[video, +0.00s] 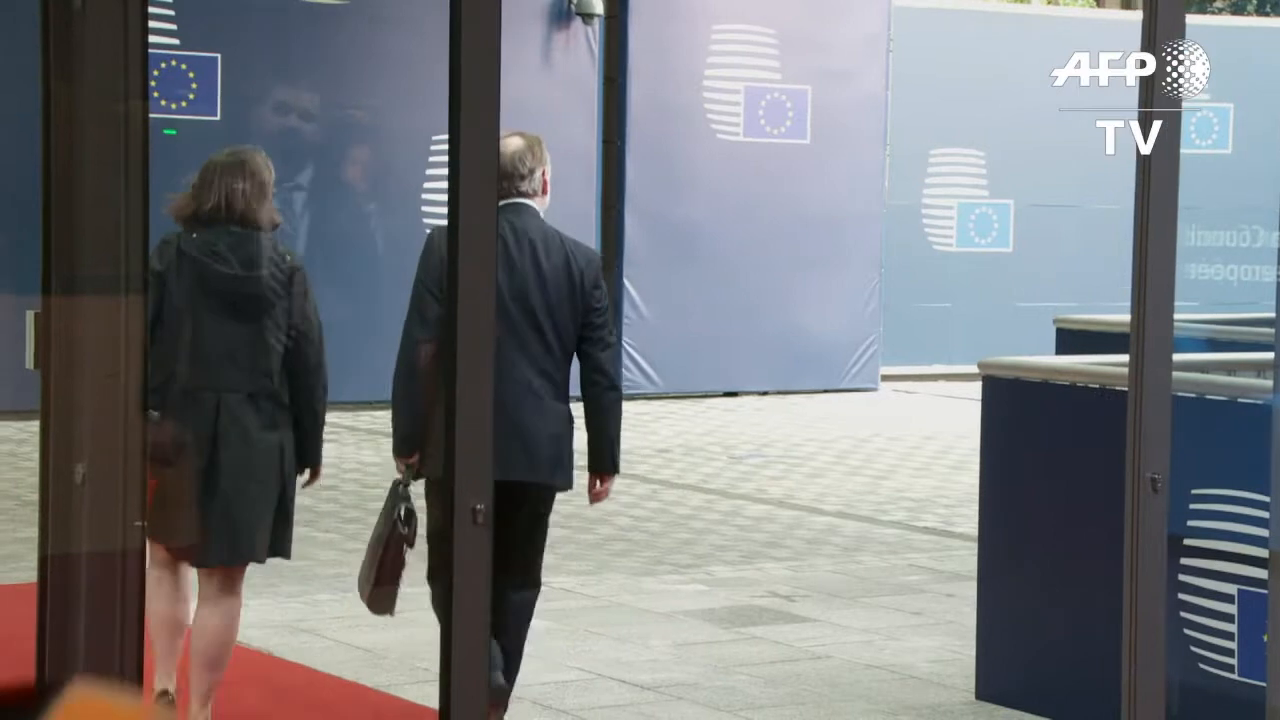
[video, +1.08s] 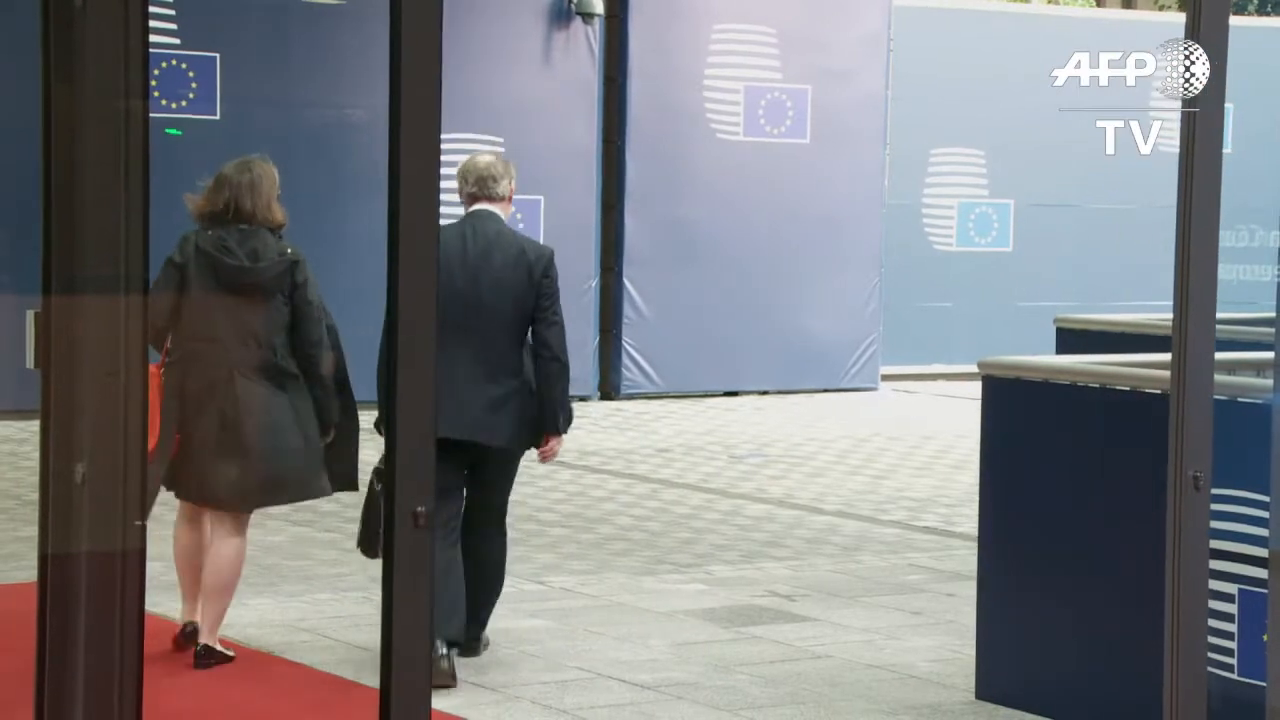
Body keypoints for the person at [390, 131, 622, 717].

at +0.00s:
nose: (549, 184)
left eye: (544, 175)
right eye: (548, 176)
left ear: (484, 181)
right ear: (542, 183)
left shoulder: (447, 246)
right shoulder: (580, 261)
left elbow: (417, 345)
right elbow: (601, 368)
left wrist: (407, 435)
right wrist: (605, 456)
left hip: (456, 446)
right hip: (536, 451)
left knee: (449, 574)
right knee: (518, 577)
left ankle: (484, 678)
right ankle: (490, 699)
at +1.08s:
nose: (509, 202)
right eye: (511, 194)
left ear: (461, 195)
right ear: (508, 197)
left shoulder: (425, 245)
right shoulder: (533, 256)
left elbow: (396, 333)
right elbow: (550, 346)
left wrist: (390, 413)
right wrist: (554, 419)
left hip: (433, 414)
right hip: (501, 417)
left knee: (437, 525)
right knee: (487, 523)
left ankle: (439, 641)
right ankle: (471, 631)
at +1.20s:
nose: (518, 198)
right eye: (520, 192)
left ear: (471, 190)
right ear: (517, 193)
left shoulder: (432, 236)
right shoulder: (540, 250)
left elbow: (405, 315)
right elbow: (556, 337)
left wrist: (401, 395)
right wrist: (561, 411)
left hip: (438, 404)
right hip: (508, 408)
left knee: (441, 507)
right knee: (493, 518)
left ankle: (437, 590)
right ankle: (472, 633)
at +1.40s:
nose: (527, 190)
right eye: (527, 184)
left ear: (479, 184)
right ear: (524, 185)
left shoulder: (436, 232)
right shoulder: (547, 241)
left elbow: (412, 314)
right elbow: (572, 322)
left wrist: (416, 380)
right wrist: (567, 386)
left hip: (445, 394)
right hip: (514, 397)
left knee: (450, 488)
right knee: (496, 504)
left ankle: (445, 595)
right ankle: (474, 629)